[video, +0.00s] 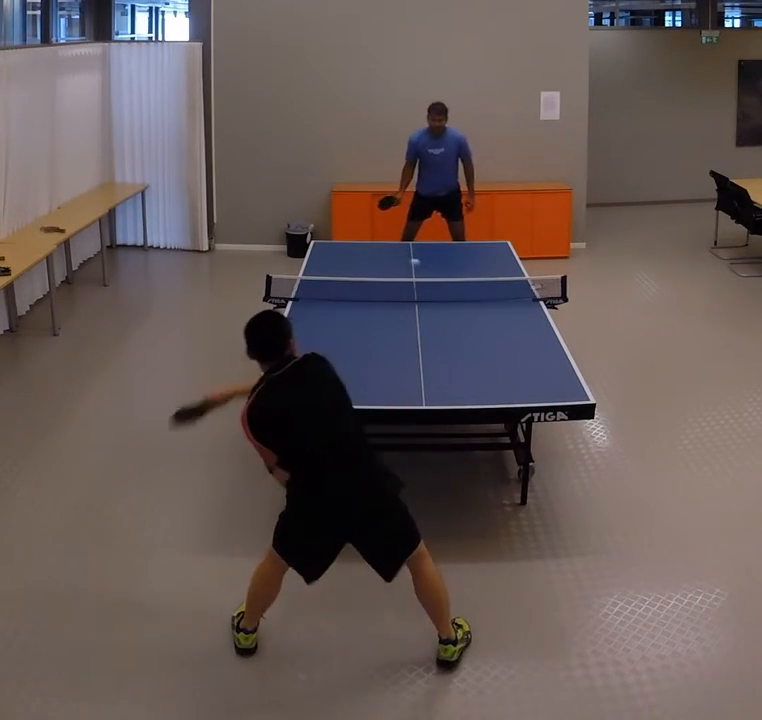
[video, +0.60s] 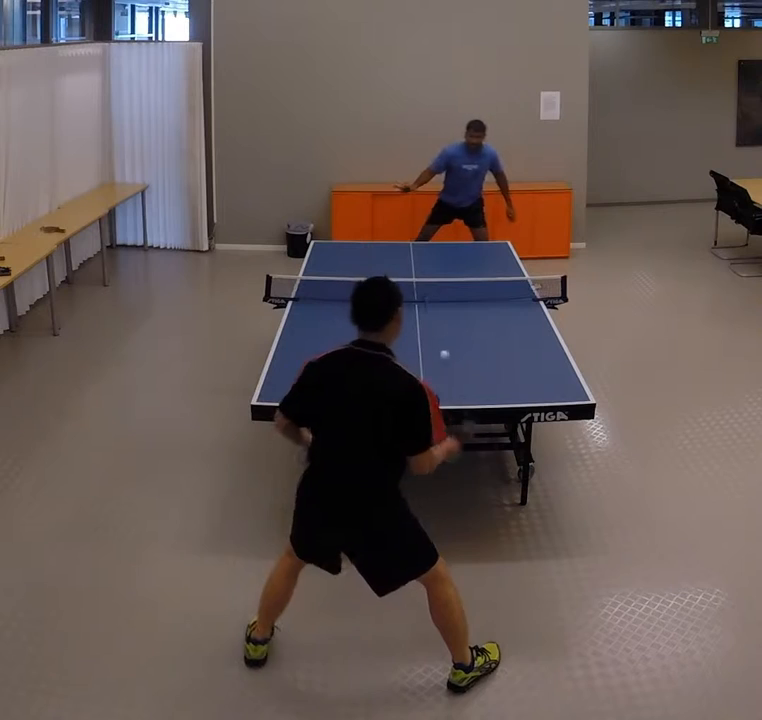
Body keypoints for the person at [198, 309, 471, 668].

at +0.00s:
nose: (293, 341)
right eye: (291, 337)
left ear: (252, 355)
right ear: (292, 342)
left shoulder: (256, 414)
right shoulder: (318, 366)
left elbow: (279, 469)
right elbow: (276, 385)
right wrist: (223, 397)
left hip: (314, 498)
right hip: (367, 482)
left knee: (277, 560)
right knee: (416, 555)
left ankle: (246, 629)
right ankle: (448, 639)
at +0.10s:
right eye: (277, 331)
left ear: (243, 348)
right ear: (282, 337)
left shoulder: (245, 403)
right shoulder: (310, 367)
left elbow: (267, 467)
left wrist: (289, 483)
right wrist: (233, 439)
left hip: (306, 495)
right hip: (358, 482)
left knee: (270, 556)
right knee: (412, 555)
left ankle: (246, 629)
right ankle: (451, 638)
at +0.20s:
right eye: (292, 322)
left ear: (251, 337)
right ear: (292, 329)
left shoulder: (247, 392)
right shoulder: (329, 370)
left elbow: (258, 470)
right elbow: (340, 431)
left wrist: (287, 476)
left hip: (295, 496)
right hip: (353, 488)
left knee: (266, 553)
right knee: (411, 558)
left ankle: (246, 628)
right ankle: (452, 639)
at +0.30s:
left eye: (276, 318)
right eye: (314, 315)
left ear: (273, 324)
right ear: (316, 321)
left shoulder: (258, 384)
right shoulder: (348, 369)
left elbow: (255, 465)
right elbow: (389, 431)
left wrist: (287, 457)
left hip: (294, 498)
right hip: (353, 495)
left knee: (270, 549)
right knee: (418, 564)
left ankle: (245, 628)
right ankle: (458, 653)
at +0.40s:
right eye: (347, 311)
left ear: (305, 318)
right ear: (348, 317)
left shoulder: (282, 379)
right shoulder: (378, 372)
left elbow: (267, 456)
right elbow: (416, 435)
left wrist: (293, 475)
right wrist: (380, 437)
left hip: (307, 498)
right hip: (368, 498)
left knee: (281, 551)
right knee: (431, 572)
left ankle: (246, 628)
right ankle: (463, 662)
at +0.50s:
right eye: (373, 307)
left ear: (331, 313)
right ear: (375, 313)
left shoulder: (304, 372)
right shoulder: (400, 374)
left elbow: (280, 443)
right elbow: (424, 444)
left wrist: (306, 460)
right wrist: (388, 426)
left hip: (318, 495)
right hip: (380, 499)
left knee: (287, 557)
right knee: (435, 575)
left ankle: (255, 634)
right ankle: (463, 662)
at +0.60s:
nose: (401, 319)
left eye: (399, 312)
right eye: (400, 313)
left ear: (354, 317)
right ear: (396, 319)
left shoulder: (321, 368)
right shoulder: (409, 390)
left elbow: (283, 423)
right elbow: (421, 464)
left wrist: (312, 442)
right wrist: (445, 449)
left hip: (320, 496)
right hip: (378, 506)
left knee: (292, 559)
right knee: (435, 577)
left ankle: (257, 638)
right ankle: (464, 663)